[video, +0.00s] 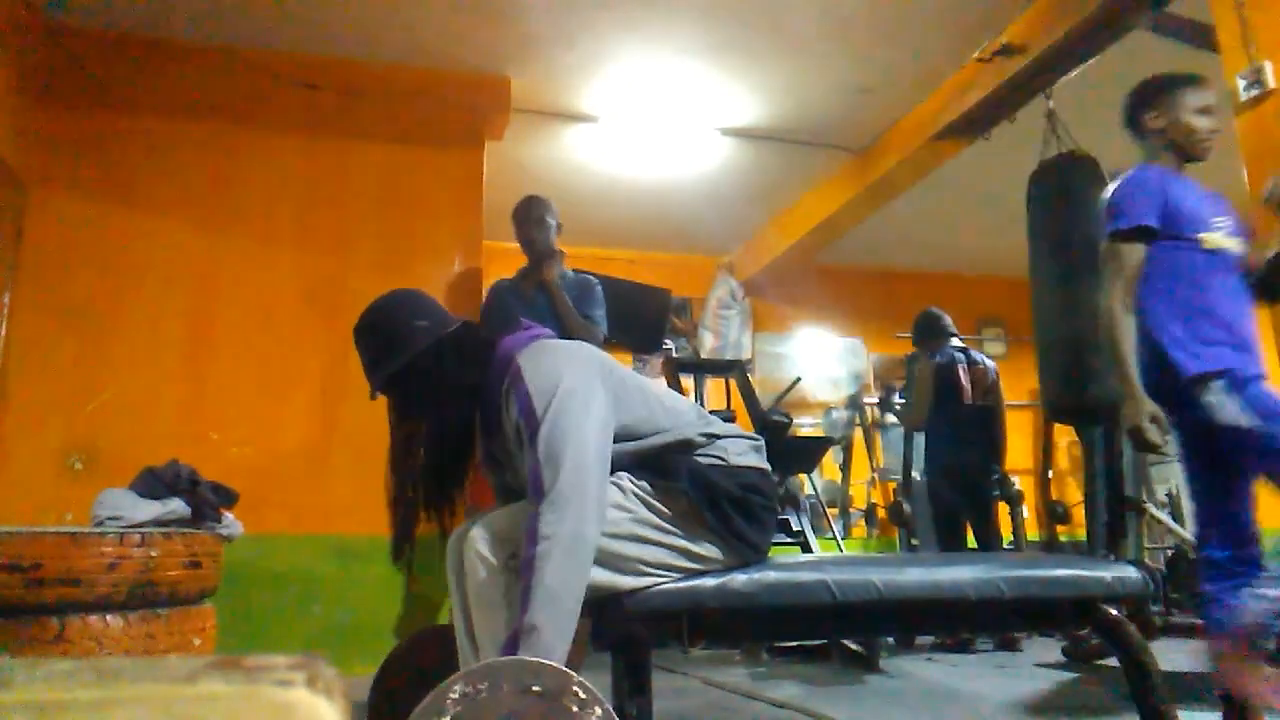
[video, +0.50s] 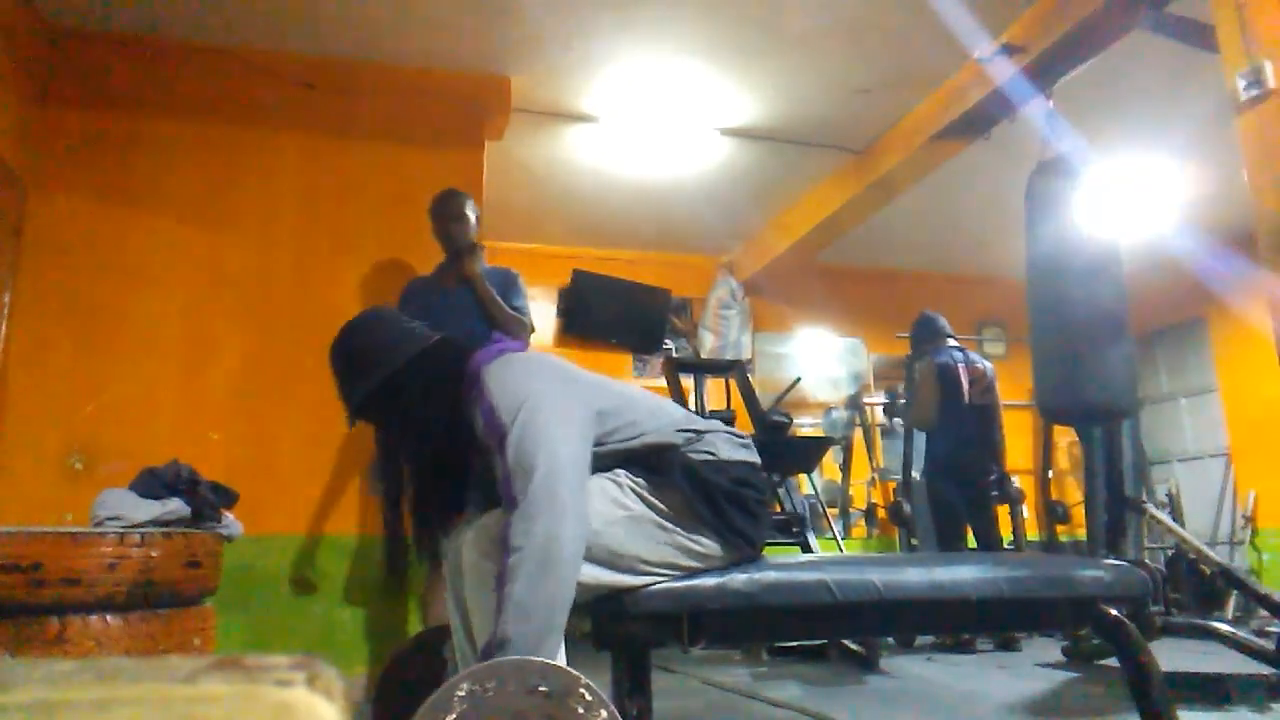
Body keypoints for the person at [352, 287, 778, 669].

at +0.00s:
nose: (409, 413)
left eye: (405, 392)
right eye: (398, 398)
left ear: (437, 365)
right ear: (442, 362)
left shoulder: (550, 368)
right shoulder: (496, 407)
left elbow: (568, 526)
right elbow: (518, 526)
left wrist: (534, 686)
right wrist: (499, 688)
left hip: (721, 499)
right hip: (666, 502)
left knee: (496, 543)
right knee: (469, 546)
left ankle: (527, 706)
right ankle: (491, 704)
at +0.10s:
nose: (408, 408)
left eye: (404, 388)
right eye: (396, 395)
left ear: (435, 361)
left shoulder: (546, 369)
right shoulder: (497, 402)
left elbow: (566, 528)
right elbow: (520, 524)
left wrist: (532, 685)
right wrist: (497, 688)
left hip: (720, 498)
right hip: (667, 499)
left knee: (493, 544)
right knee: (467, 546)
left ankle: (527, 706)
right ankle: (490, 706)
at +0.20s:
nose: (410, 410)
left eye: (408, 388)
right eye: (400, 397)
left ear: (442, 362)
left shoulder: (549, 371)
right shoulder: (498, 407)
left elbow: (567, 531)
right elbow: (512, 526)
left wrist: (533, 685)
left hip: (720, 500)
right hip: (667, 502)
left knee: (495, 545)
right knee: (466, 547)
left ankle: (528, 706)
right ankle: (489, 706)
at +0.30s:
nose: (410, 412)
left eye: (406, 389)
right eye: (399, 397)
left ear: (440, 363)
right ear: (445, 361)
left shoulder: (549, 373)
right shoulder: (500, 406)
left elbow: (565, 537)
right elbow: (508, 531)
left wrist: (528, 691)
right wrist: (489, 695)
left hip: (719, 503)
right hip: (666, 503)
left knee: (495, 543)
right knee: (465, 549)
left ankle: (527, 708)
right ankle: (486, 707)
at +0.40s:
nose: (406, 423)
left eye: (403, 402)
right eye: (394, 410)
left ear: (435, 370)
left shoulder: (539, 375)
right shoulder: (485, 412)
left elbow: (563, 532)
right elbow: (499, 530)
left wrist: (524, 686)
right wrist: (482, 686)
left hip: (716, 499)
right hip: (658, 503)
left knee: (497, 543)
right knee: (464, 548)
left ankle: (530, 704)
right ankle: (484, 703)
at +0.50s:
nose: (389, 432)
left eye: (386, 412)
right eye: (379, 420)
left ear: (415, 383)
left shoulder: (522, 384)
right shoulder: (463, 424)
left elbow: (550, 533)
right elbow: (446, 549)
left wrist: (516, 685)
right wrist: (472, 686)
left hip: (706, 495)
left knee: (490, 547)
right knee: (464, 546)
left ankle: (523, 703)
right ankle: (485, 701)